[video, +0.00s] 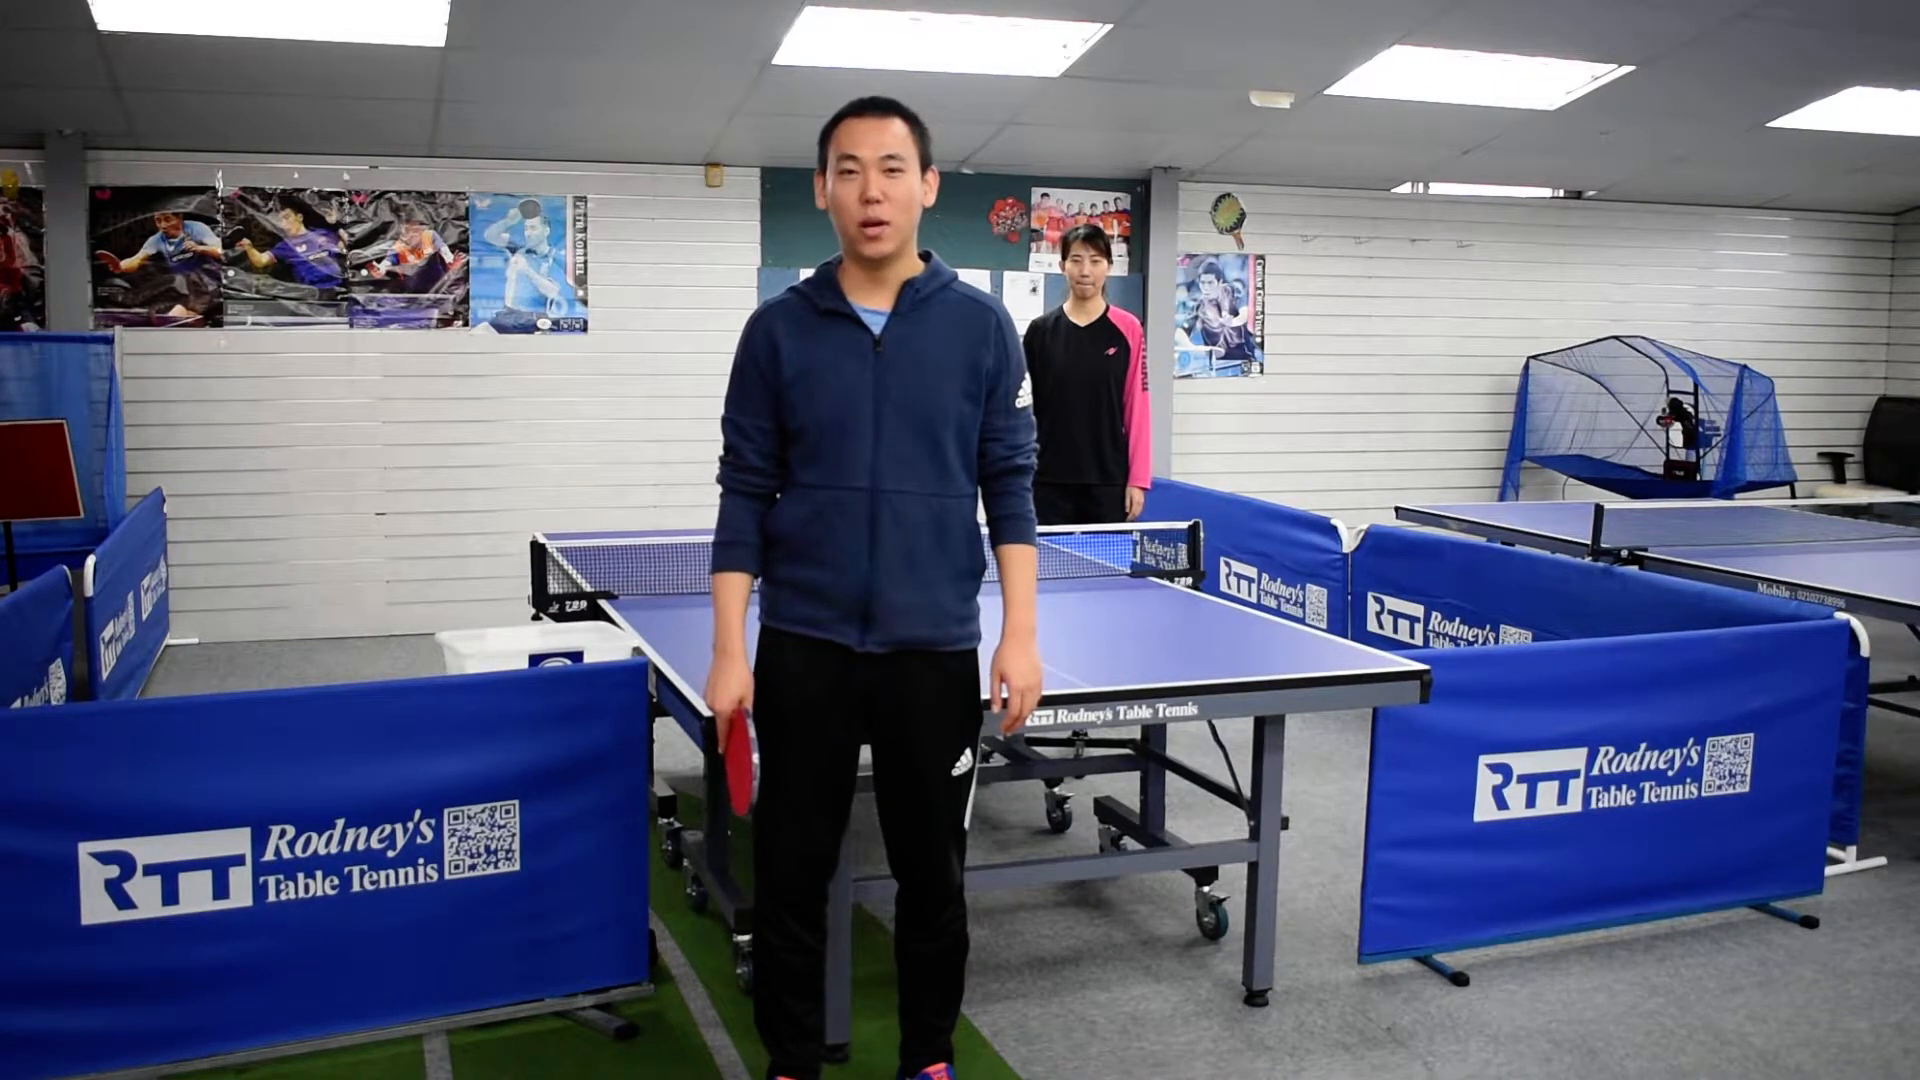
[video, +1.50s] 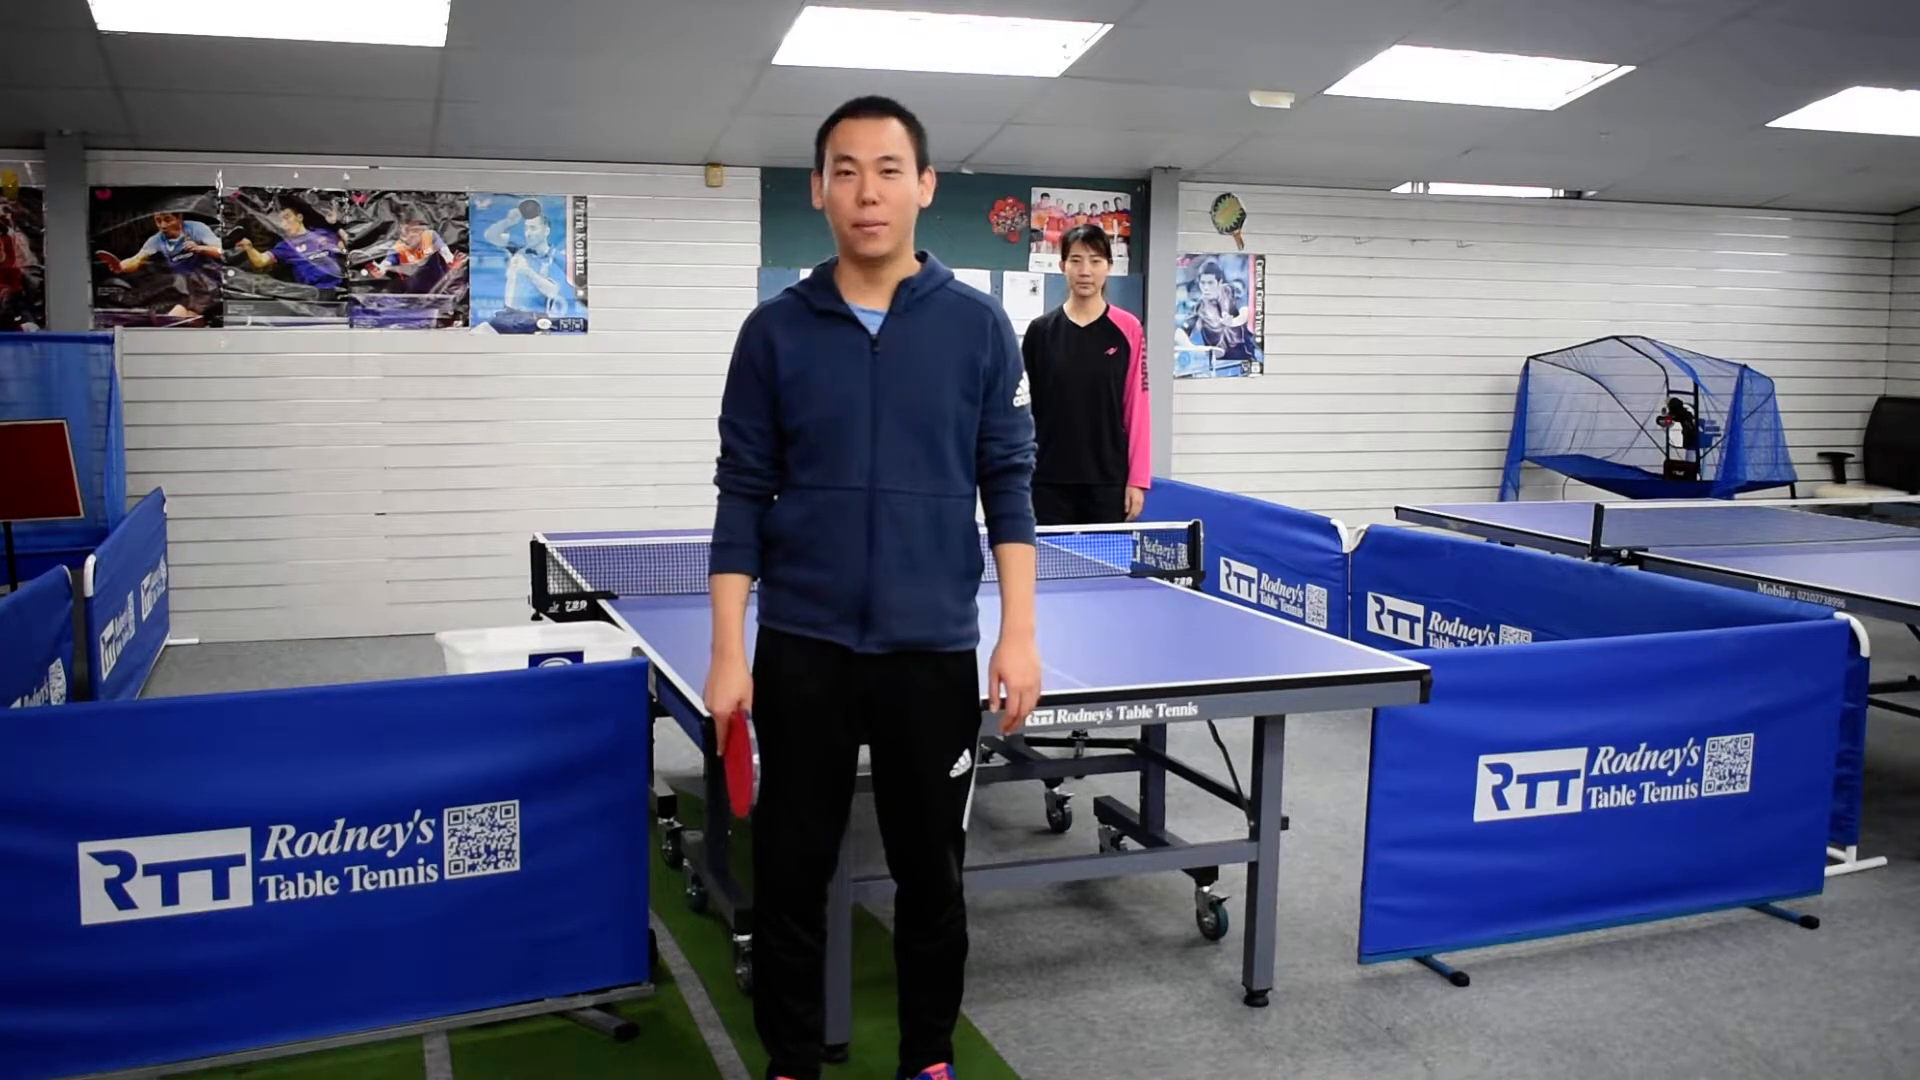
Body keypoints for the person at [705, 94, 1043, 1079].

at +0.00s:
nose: (870, 189)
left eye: (892, 169)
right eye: (849, 170)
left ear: (927, 190)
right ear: (824, 193)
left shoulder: (980, 327)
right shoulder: (778, 329)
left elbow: (1011, 486)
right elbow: (742, 490)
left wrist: (1021, 633)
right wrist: (729, 649)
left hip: (933, 645)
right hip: (805, 643)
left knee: (931, 875)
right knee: (790, 875)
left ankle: (929, 1061)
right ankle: (791, 1062)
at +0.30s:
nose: (865, 181)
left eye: (887, 162)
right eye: (844, 165)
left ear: (924, 187)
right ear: (820, 192)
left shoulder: (979, 326)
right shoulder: (777, 329)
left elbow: (1011, 484)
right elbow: (742, 490)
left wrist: (1021, 633)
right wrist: (729, 649)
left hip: (932, 645)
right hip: (805, 644)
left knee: (930, 874)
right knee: (789, 875)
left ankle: (930, 1061)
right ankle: (791, 1062)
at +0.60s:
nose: (865, 187)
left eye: (887, 167)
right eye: (844, 169)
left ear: (923, 189)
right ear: (820, 195)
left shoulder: (979, 326)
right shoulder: (776, 330)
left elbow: (1012, 484)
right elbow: (740, 491)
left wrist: (1022, 631)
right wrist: (727, 649)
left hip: (932, 646)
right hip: (804, 644)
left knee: (930, 874)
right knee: (789, 877)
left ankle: (930, 1061)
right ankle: (791, 1062)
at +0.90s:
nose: (866, 186)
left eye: (888, 166)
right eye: (845, 168)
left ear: (924, 189)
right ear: (820, 193)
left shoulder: (979, 326)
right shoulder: (776, 330)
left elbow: (1011, 485)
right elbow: (740, 490)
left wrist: (1020, 633)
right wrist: (727, 649)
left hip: (932, 646)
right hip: (804, 644)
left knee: (930, 875)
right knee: (789, 876)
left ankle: (929, 1061)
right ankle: (791, 1062)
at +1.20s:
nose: (866, 180)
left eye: (888, 162)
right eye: (845, 163)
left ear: (923, 187)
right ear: (820, 190)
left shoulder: (977, 325)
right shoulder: (775, 329)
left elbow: (1010, 484)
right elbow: (740, 490)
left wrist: (1019, 633)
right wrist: (727, 650)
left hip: (932, 645)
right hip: (804, 644)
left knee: (930, 875)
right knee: (789, 876)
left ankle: (929, 1061)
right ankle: (791, 1062)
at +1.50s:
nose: (866, 190)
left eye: (888, 170)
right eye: (845, 171)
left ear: (923, 190)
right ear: (821, 193)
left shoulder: (977, 327)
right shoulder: (775, 330)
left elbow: (1010, 483)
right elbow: (740, 491)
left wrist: (1019, 633)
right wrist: (727, 651)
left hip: (931, 645)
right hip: (803, 643)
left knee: (930, 874)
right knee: (789, 875)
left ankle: (929, 1060)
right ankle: (791, 1061)